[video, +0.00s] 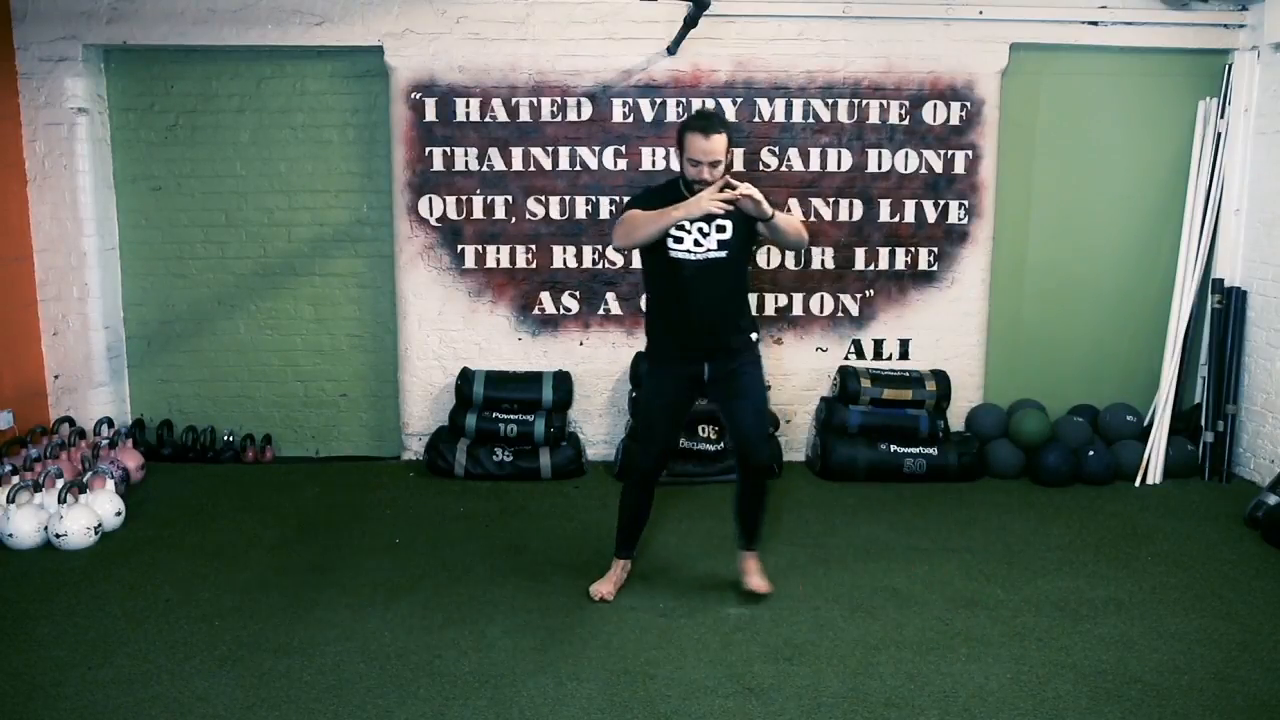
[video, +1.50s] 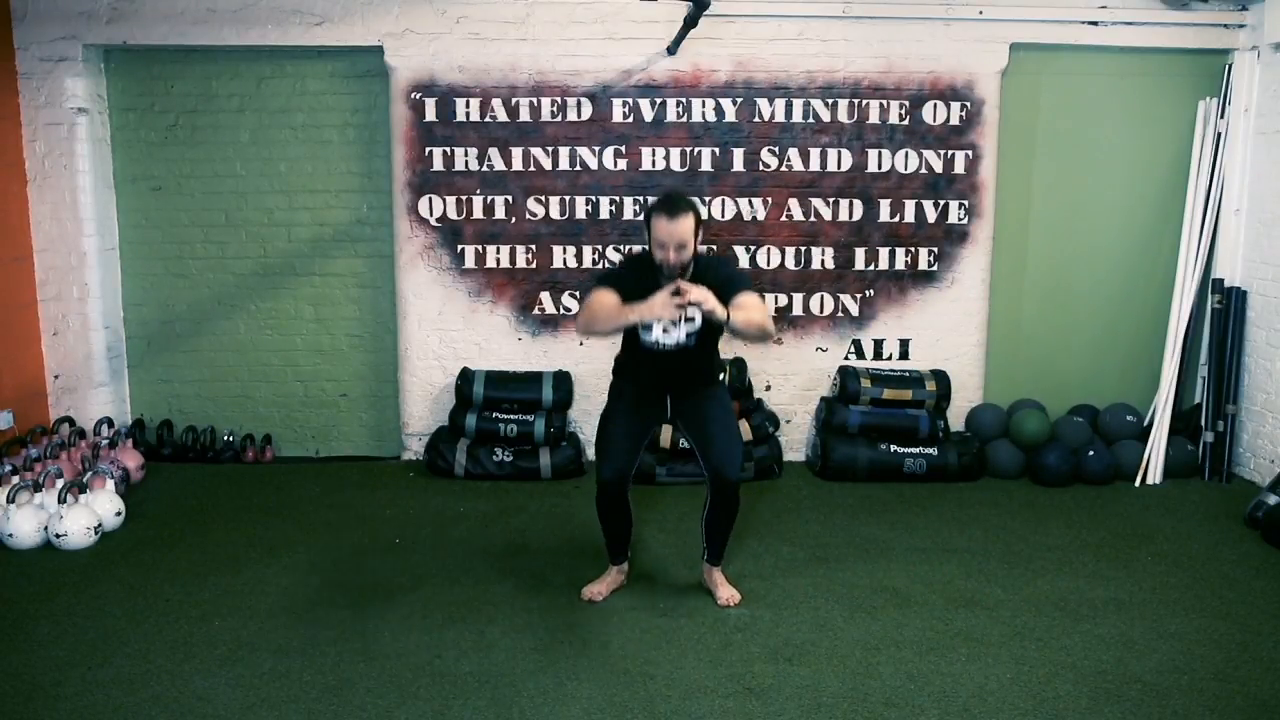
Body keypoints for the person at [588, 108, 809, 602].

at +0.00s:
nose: (703, 173)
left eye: (714, 164)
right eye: (695, 163)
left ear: (728, 158)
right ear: (680, 155)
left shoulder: (742, 200)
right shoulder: (656, 197)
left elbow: (799, 239)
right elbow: (623, 235)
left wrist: (766, 213)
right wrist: (691, 207)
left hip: (733, 352)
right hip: (669, 352)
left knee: (756, 449)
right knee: (644, 454)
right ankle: (622, 560)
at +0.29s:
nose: (687, 169)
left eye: (697, 159)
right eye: (678, 158)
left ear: (713, 153)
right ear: (665, 151)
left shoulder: (733, 196)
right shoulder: (643, 195)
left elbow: (777, 244)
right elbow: (607, 243)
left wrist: (740, 225)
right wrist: (661, 224)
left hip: (713, 356)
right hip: (648, 355)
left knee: (718, 463)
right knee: (633, 460)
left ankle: (716, 563)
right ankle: (619, 560)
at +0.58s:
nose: (677, 218)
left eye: (687, 208)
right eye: (669, 207)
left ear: (703, 199)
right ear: (655, 198)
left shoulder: (722, 236)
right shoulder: (633, 233)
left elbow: (770, 288)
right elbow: (592, 284)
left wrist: (730, 277)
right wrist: (647, 273)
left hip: (701, 372)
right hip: (635, 371)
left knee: (727, 466)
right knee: (608, 467)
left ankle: (715, 564)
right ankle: (616, 562)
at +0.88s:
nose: (668, 356)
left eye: (678, 347)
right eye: (659, 346)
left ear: (693, 332)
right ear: (646, 331)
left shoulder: (713, 353)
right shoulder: (628, 351)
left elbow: (759, 412)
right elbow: (589, 405)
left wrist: (725, 411)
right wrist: (639, 405)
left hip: (698, 439)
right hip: (635, 439)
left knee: (739, 486)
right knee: (592, 490)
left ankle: (715, 568)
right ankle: (615, 568)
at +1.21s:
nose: (667, 386)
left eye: (677, 376)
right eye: (657, 375)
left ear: (691, 363)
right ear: (643, 363)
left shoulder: (709, 385)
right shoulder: (627, 385)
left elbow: (760, 440)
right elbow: (590, 438)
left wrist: (723, 437)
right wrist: (645, 436)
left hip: (696, 473)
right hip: (638, 473)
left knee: (739, 493)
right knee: (594, 497)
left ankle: (713, 571)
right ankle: (617, 569)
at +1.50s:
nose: (670, 256)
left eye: (680, 247)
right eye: (661, 246)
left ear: (696, 238)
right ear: (649, 239)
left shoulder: (717, 273)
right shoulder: (633, 271)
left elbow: (763, 326)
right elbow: (587, 320)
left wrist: (722, 313)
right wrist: (645, 310)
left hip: (699, 388)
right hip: (637, 388)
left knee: (727, 473)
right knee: (610, 476)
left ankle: (713, 568)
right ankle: (618, 565)